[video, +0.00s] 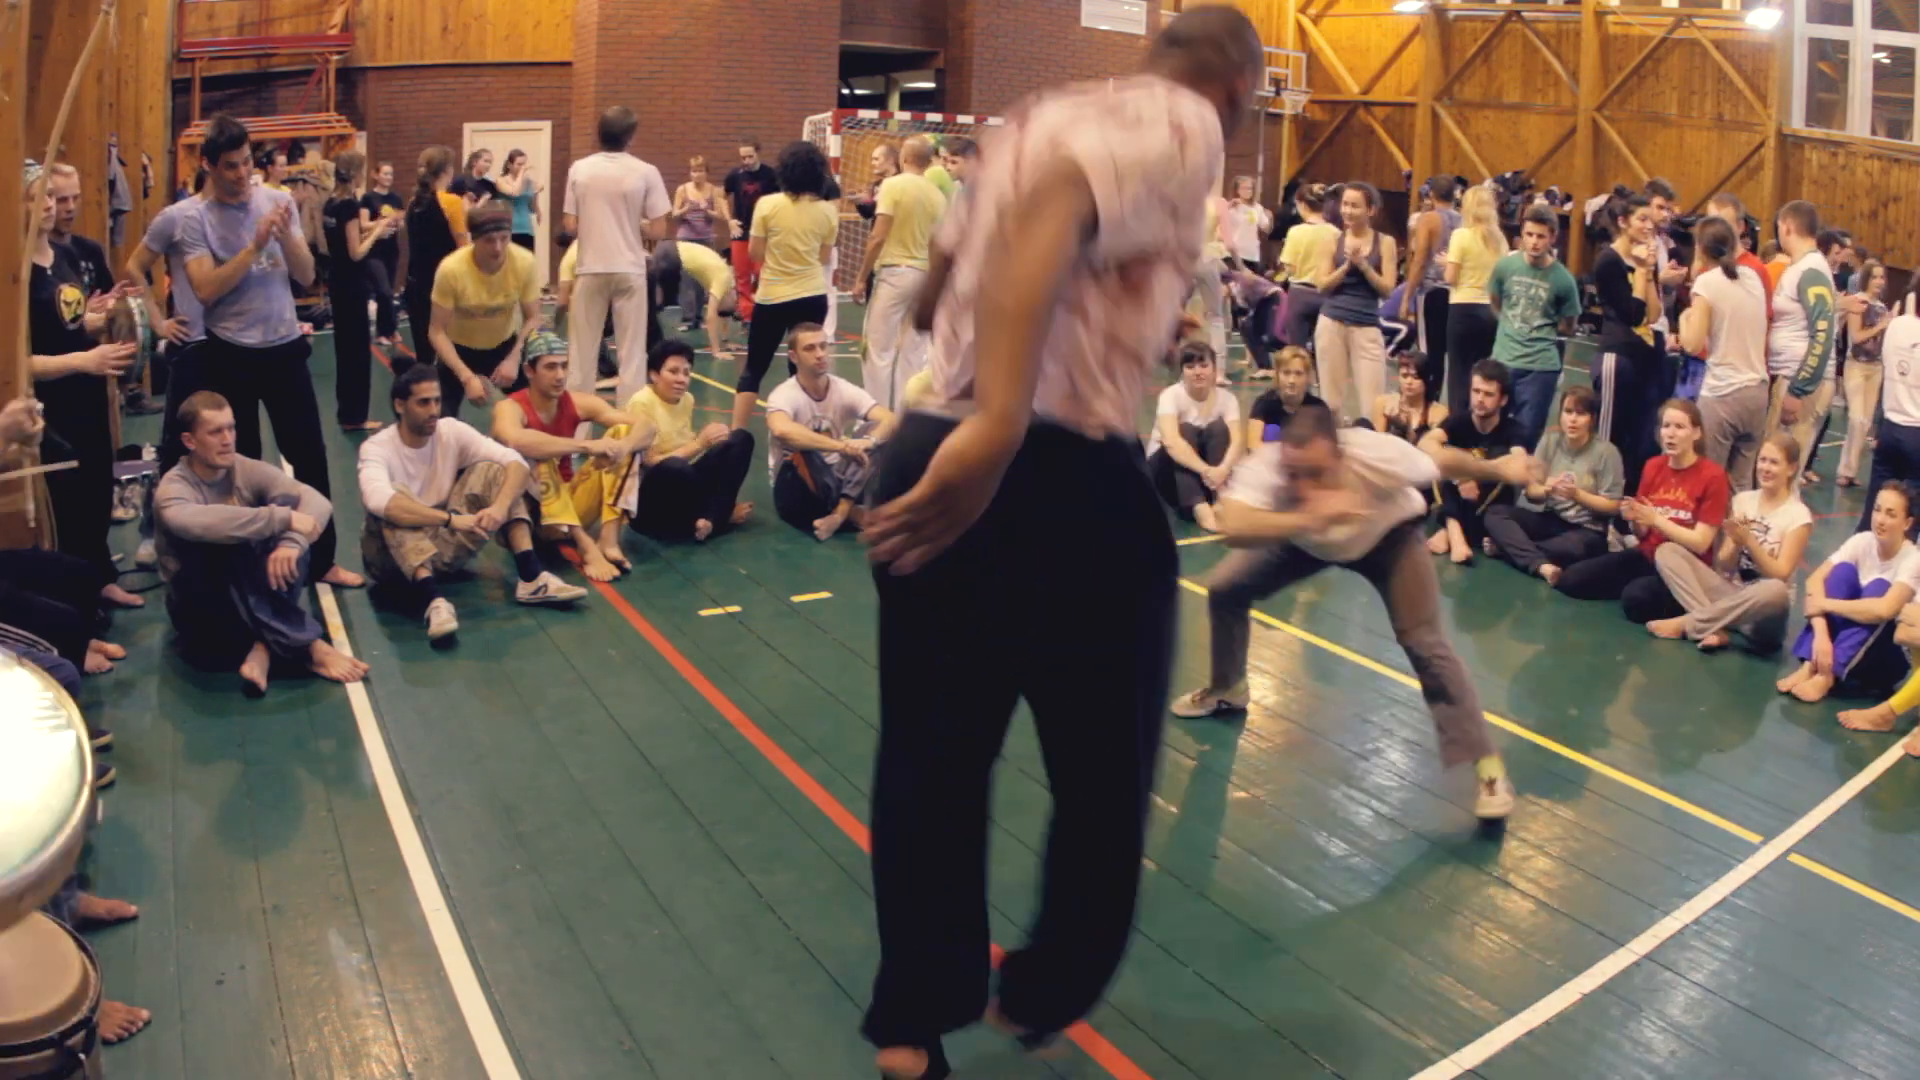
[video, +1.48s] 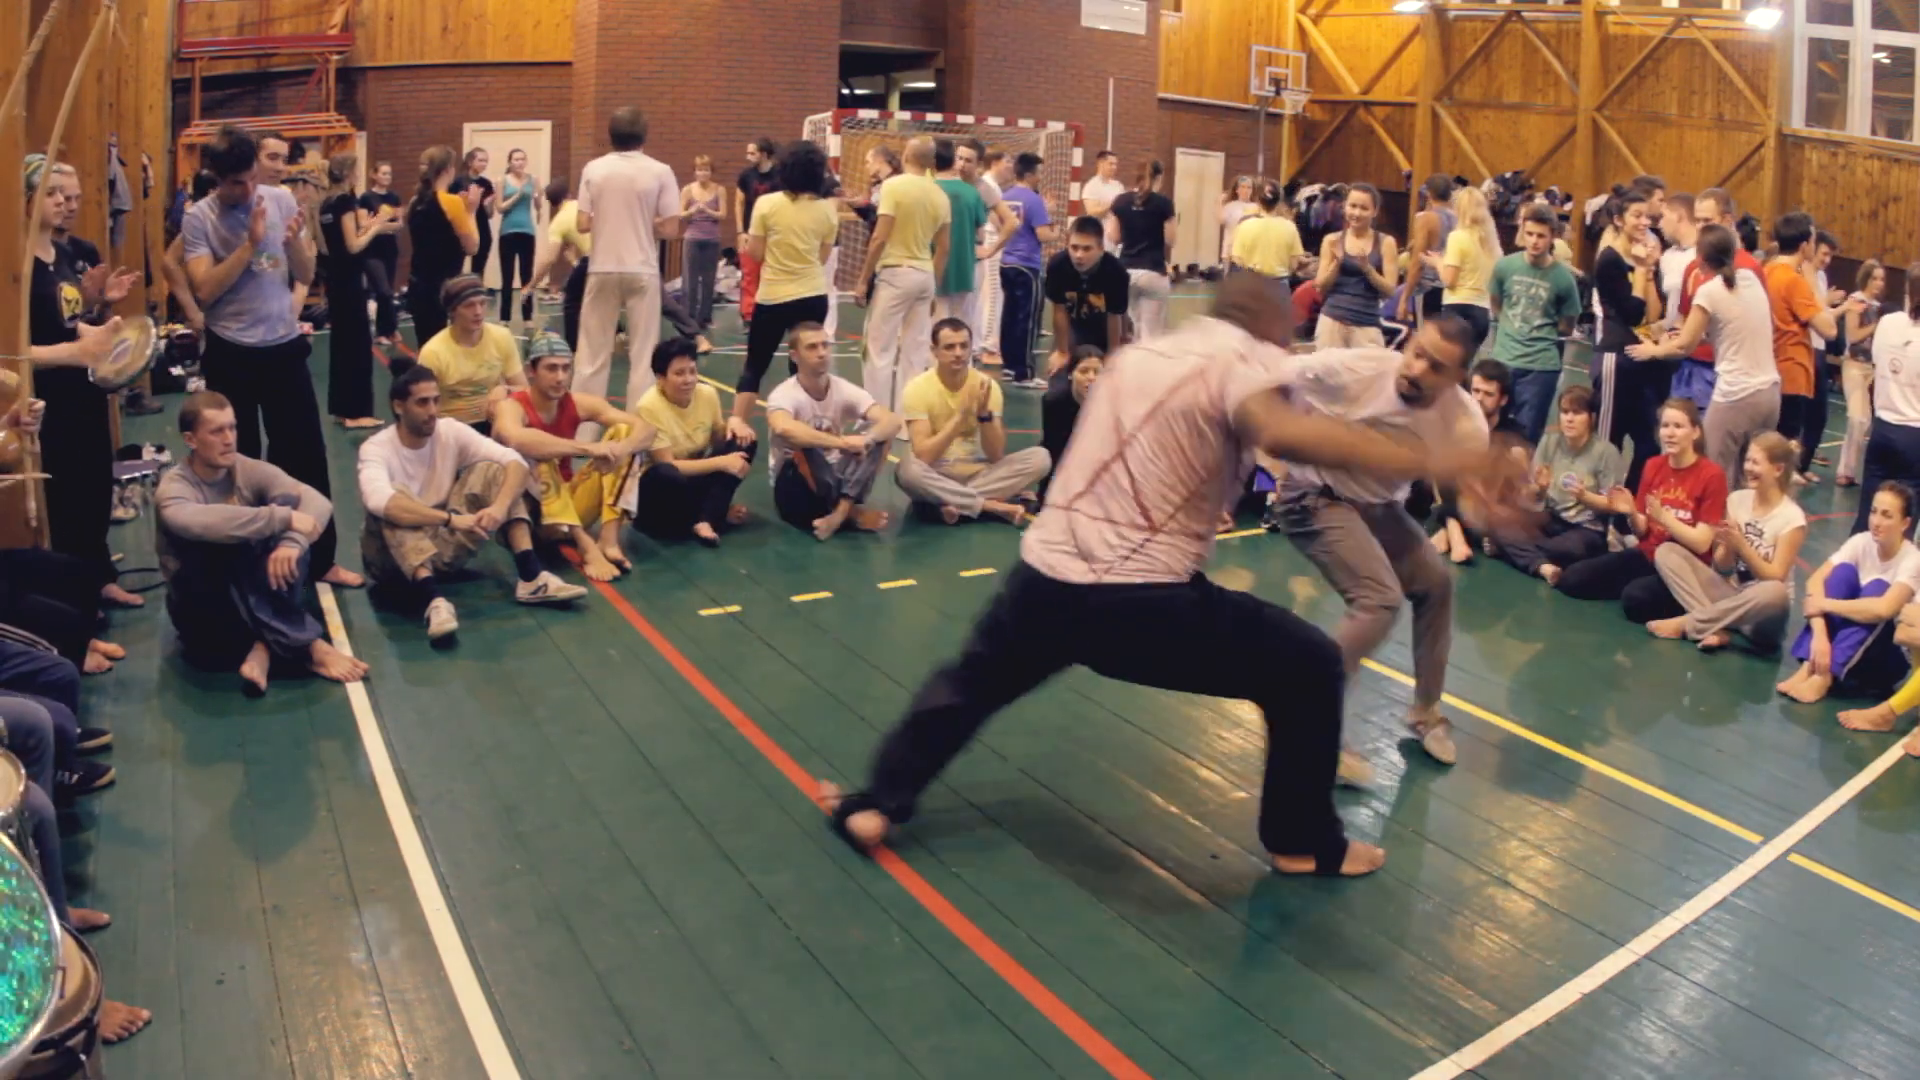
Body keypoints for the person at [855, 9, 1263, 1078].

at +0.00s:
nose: (1246, 125)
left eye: (1249, 108)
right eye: (1250, 104)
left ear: (1157, 51)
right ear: (1231, 81)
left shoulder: (1025, 126)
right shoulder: (1183, 121)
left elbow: (936, 290)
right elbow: (1050, 197)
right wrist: (998, 420)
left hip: (942, 452)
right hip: (1077, 485)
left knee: (933, 759)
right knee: (1105, 769)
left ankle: (904, 1033)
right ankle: (1043, 1000)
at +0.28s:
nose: (1135, 117)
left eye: (1138, 101)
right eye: (1141, 97)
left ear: (1024, 33)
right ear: (1124, 78)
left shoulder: (891, 94)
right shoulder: (1062, 106)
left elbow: (731, 279)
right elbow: (961, 289)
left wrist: (855, 337)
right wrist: (1131, 518)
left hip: (787, 500)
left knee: (858, 787)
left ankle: (710, 991)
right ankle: (746, 1048)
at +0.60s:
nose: (1031, 329)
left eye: (1034, 314)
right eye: (1033, 312)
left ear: (934, 278)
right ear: (1018, 307)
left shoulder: (783, 343)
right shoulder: (952, 449)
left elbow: (629, 465)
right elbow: (963, 658)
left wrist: (696, 591)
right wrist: (1136, 618)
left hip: (659, 704)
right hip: (783, 744)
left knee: (866, 760)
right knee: (833, 1022)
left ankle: (813, 1013)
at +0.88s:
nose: (864, 254)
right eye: (860, 249)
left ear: (780, 287)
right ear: (865, 264)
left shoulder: (740, 353)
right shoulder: (938, 308)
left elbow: (604, 458)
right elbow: (1076, 382)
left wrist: (705, 518)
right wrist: (1031, 354)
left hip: (804, 602)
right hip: (935, 597)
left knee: (793, 717)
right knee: (954, 831)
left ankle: (820, 810)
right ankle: (765, 982)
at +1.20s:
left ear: (855, 405)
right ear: (929, 381)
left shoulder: (829, 451)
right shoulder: (987, 396)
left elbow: (827, 579)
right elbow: (1128, 418)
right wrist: (1044, 440)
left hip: (898, 570)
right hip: (1026, 555)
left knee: (845, 680)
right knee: (1151, 737)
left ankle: (818, 802)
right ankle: (1294, 923)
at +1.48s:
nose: (1292, 329)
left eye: (1289, 316)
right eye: (1288, 317)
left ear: (1214, 303)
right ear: (1263, 311)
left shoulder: (1132, 353)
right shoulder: (1244, 363)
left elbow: (1098, 436)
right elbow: (1285, 431)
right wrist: (1429, 462)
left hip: (1045, 589)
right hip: (1148, 605)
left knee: (967, 682)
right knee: (1308, 663)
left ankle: (875, 805)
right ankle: (1302, 841)